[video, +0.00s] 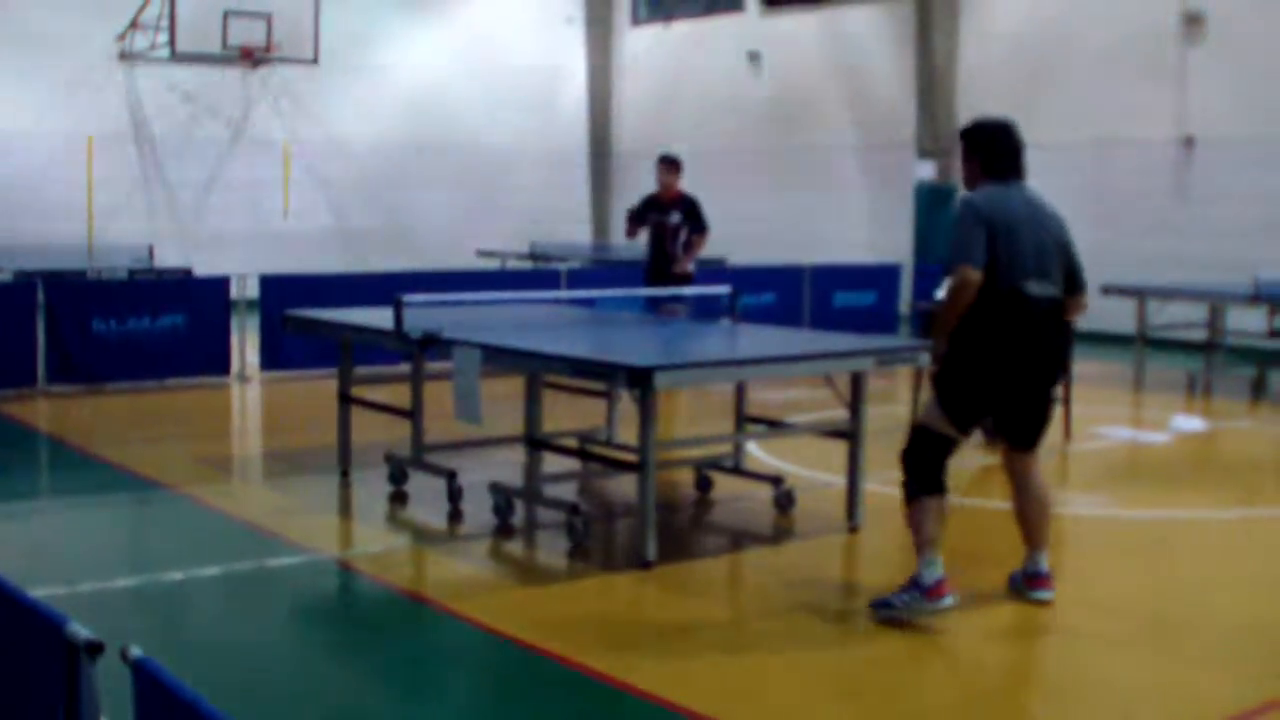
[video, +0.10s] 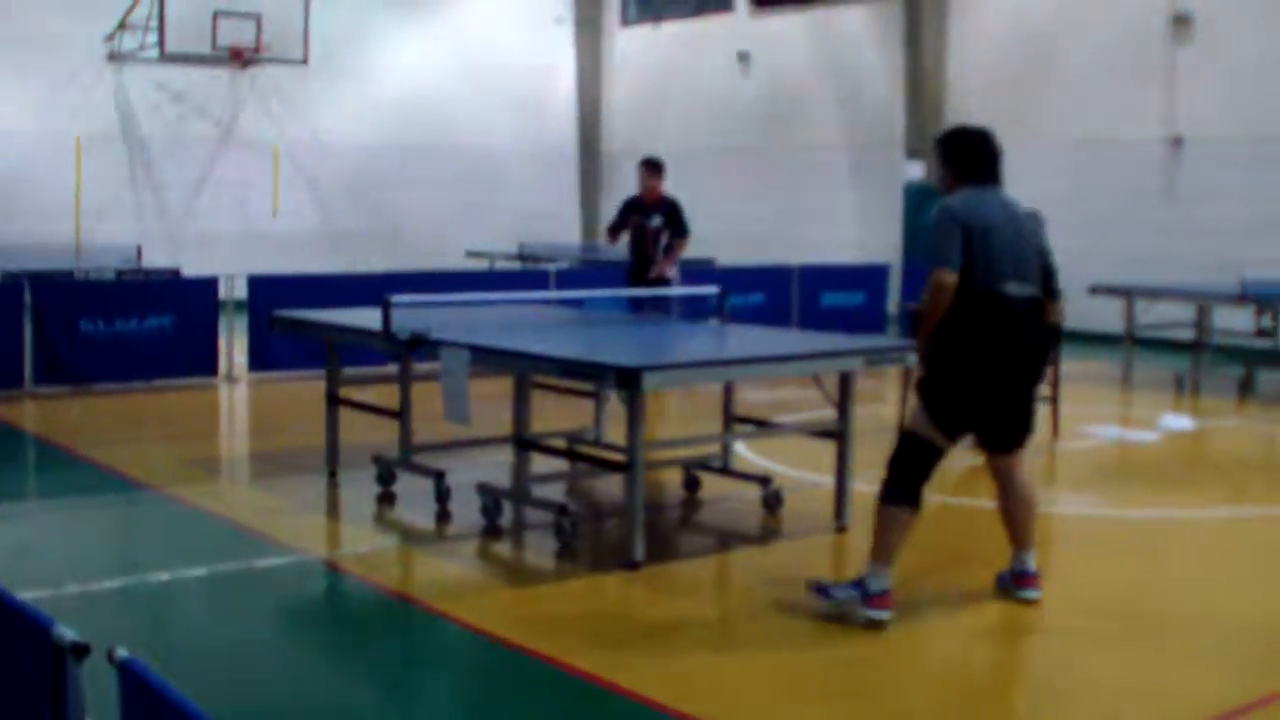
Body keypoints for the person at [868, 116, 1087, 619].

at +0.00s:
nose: (961, 169)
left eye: (963, 160)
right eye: (963, 160)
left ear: (974, 163)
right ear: (1016, 161)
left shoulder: (976, 208)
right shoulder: (1046, 216)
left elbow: (968, 278)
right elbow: (1076, 299)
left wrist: (942, 321)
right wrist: (1034, 327)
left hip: (983, 351)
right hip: (1040, 356)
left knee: (924, 452)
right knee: (1023, 457)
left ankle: (929, 576)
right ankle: (1038, 568)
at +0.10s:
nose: (934, 179)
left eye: (937, 170)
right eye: (935, 170)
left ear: (951, 171)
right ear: (993, 167)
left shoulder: (951, 214)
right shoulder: (1026, 220)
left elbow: (944, 281)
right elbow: (1051, 306)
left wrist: (923, 335)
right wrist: (1037, 360)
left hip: (961, 364)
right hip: (1016, 369)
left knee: (909, 466)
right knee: (1007, 464)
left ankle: (875, 583)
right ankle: (1025, 569)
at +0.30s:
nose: (882, 191)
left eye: (883, 183)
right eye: (887, 182)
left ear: (888, 185)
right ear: (937, 181)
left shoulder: (889, 229)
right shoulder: (971, 231)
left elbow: (881, 303)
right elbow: (1003, 311)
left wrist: (876, 363)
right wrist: (981, 353)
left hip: (918, 373)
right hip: (980, 376)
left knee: (862, 467)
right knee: (980, 466)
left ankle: (838, 589)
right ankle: (1010, 570)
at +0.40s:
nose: (858, 189)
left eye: (860, 181)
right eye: (859, 181)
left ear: (868, 182)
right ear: (914, 176)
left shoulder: (868, 225)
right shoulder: (948, 223)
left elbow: (850, 304)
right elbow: (986, 296)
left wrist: (844, 345)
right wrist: (959, 335)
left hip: (907, 369)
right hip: (972, 367)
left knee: (845, 453)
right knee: (977, 462)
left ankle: (833, 580)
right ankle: (1010, 561)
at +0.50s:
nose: (841, 174)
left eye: (842, 165)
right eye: (842, 165)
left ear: (850, 166)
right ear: (894, 159)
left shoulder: (857, 206)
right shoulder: (933, 204)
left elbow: (830, 288)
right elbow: (974, 281)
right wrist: (995, 346)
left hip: (900, 348)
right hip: (964, 345)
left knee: (842, 438)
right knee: (977, 447)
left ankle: (833, 566)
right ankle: (1009, 546)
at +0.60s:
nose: (838, 170)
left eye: (839, 162)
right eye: (840, 161)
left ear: (847, 164)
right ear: (890, 155)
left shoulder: (854, 207)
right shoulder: (925, 199)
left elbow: (820, 279)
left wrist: (817, 231)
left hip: (901, 349)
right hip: (964, 345)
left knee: (843, 436)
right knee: (977, 447)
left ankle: (833, 565)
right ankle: (1009, 547)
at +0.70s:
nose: (843, 165)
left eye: (844, 158)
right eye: (847, 156)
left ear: (849, 160)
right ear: (894, 150)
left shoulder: (857, 204)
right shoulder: (929, 193)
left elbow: (821, 278)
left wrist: (834, 207)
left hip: (909, 345)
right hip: (970, 340)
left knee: (847, 439)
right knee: (977, 442)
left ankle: (834, 563)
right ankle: (1009, 545)